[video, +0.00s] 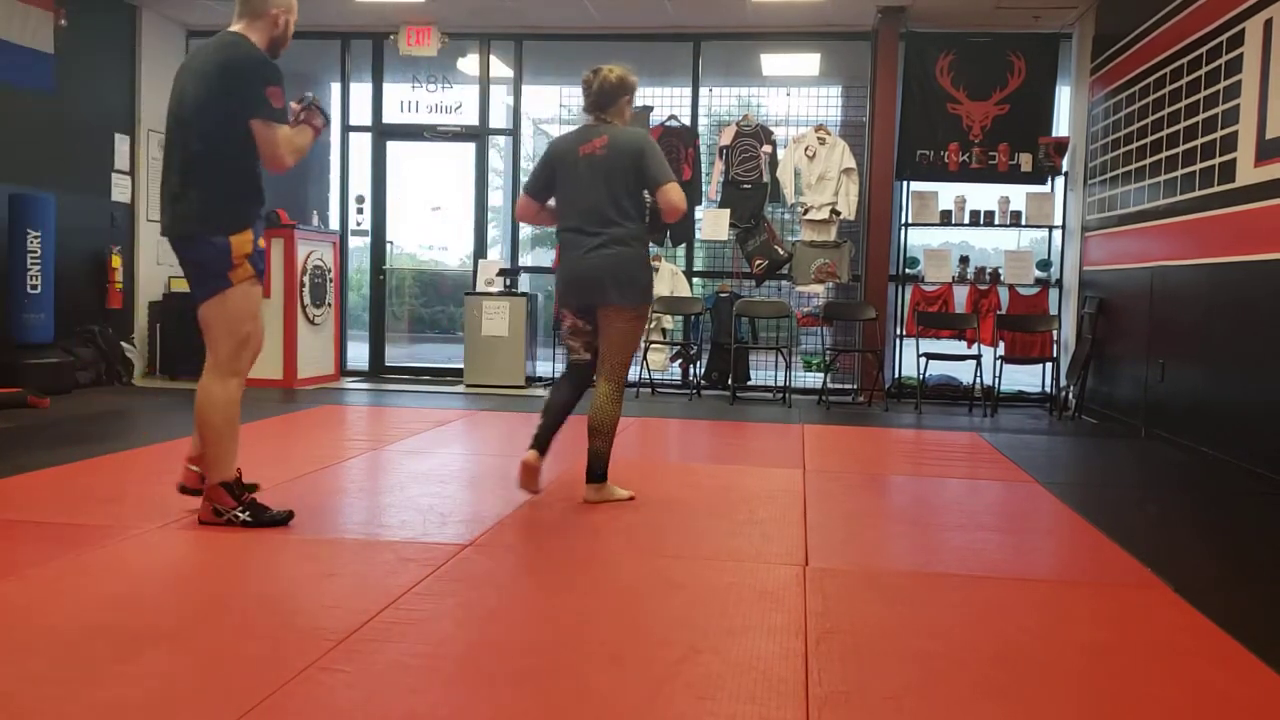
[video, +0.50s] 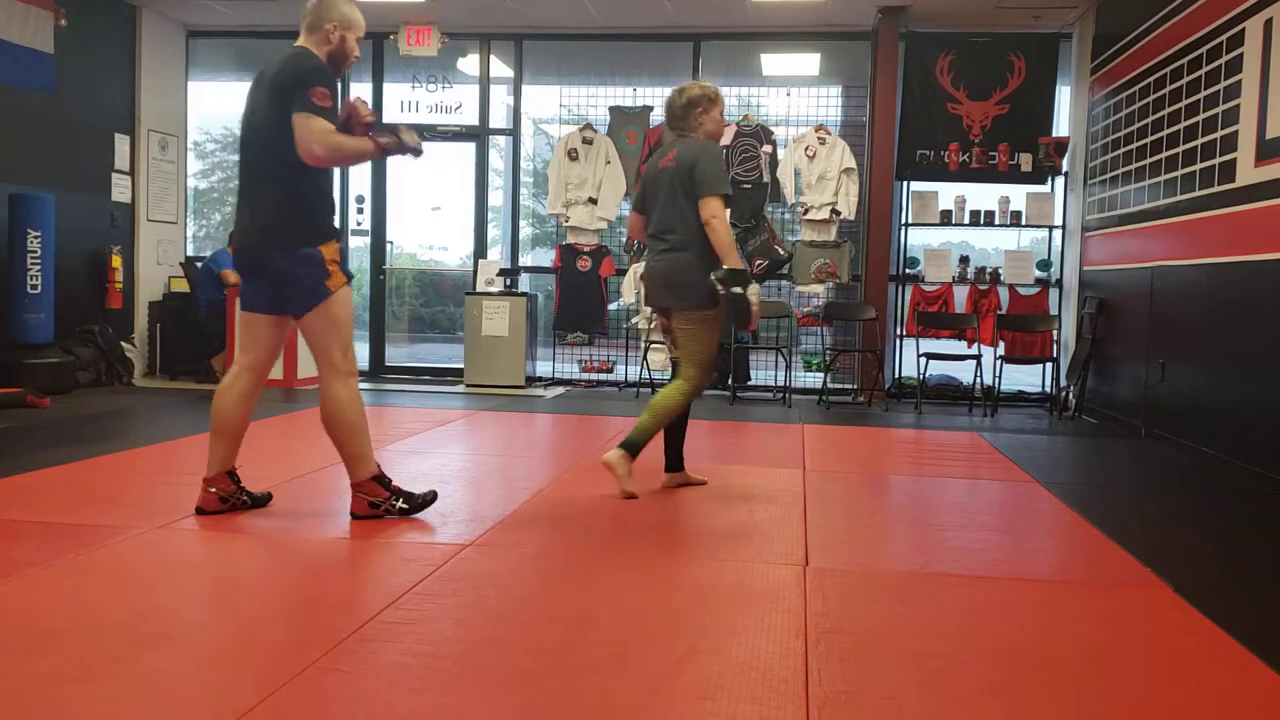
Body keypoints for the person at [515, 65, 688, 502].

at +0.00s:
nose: (634, 110)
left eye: (633, 103)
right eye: (633, 103)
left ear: (588, 103)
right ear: (624, 104)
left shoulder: (562, 145)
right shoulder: (638, 141)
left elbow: (526, 209)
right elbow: (675, 205)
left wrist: (569, 216)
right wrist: (653, 211)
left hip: (574, 269)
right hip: (625, 269)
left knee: (578, 368)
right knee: (611, 379)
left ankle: (536, 451)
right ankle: (597, 483)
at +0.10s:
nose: (650, 112)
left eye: (650, 106)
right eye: (649, 106)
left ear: (604, 106)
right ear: (640, 106)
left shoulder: (577, 145)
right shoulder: (652, 142)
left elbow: (546, 213)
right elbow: (685, 206)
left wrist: (585, 218)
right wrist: (667, 211)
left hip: (586, 267)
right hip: (637, 266)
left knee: (609, 364)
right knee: (616, 377)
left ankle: (585, 459)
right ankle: (597, 482)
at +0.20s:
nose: (666, 117)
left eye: (666, 110)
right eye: (665, 109)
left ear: (620, 109)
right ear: (655, 109)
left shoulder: (595, 152)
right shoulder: (666, 146)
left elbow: (565, 217)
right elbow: (698, 211)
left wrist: (605, 224)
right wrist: (694, 228)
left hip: (604, 268)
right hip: (650, 266)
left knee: (635, 366)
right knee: (622, 374)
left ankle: (640, 467)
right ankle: (596, 482)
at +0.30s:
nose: (684, 122)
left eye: (684, 115)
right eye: (682, 115)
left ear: (639, 115)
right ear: (669, 113)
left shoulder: (615, 157)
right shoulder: (680, 150)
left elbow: (585, 223)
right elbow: (703, 217)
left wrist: (621, 237)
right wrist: (721, 248)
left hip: (621, 270)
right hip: (663, 269)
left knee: (655, 369)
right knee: (632, 377)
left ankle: (669, 466)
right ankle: (598, 480)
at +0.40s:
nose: (701, 126)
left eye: (701, 118)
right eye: (699, 118)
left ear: (660, 119)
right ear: (684, 116)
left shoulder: (636, 162)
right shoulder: (690, 156)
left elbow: (608, 226)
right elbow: (706, 223)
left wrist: (643, 244)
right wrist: (737, 267)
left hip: (641, 273)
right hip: (678, 274)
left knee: (674, 369)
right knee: (650, 377)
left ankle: (674, 469)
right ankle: (601, 472)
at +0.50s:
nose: (724, 123)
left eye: (723, 115)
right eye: (720, 115)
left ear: (687, 117)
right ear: (702, 115)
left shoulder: (656, 159)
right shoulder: (705, 153)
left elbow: (636, 227)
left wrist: (679, 236)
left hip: (657, 271)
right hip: (693, 271)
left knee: (684, 371)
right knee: (693, 374)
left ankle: (674, 469)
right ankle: (623, 453)